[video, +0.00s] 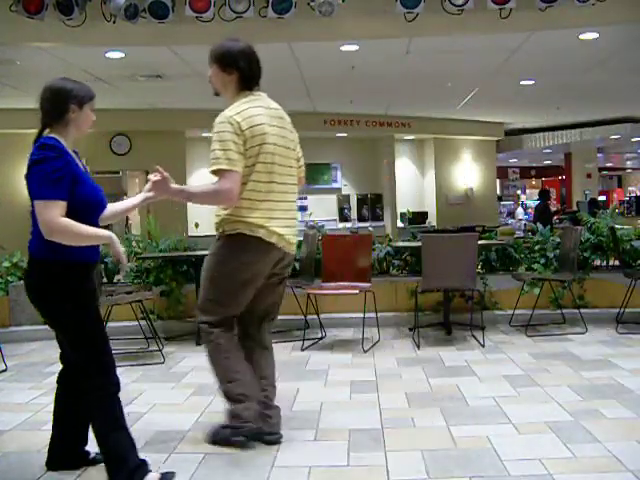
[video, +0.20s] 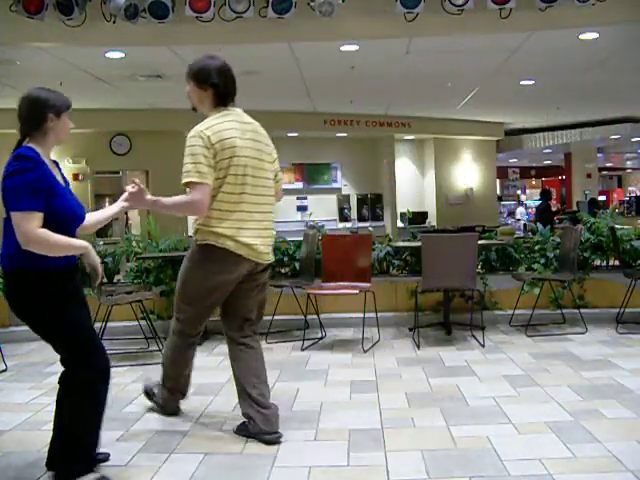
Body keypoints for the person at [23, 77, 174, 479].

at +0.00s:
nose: (93, 117)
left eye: (93, 110)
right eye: (89, 110)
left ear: (65, 113)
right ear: (70, 112)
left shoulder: (66, 153)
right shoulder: (50, 155)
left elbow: (94, 214)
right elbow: (50, 225)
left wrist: (142, 197)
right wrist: (105, 237)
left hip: (76, 272)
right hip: (59, 276)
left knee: (78, 364)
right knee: (100, 374)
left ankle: (65, 453)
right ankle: (128, 469)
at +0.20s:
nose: (72, 124)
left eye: (70, 117)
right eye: (68, 117)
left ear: (47, 121)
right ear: (50, 120)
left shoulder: (47, 164)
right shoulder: (25, 165)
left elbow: (77, 224)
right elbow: (29, 236)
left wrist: (121, 205)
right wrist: (81, 248)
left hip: (55, 278)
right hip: (36, 281)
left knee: (85, 361)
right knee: (90, 363)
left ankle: (77, 450)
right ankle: (68, 463)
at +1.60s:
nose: (68, 122)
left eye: (66, 116)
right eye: (62, 116)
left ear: (41, 124)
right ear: (43, 123)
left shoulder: (40, 164)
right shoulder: (32, 166)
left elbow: (86, 206)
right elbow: (34, 229)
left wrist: (133, 191)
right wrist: (88, 260)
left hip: (30, 273)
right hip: (38, 275)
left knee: (30, 361)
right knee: (79, 355)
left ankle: (20, 447)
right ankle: (122, 431)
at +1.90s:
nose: (104, 118)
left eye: (102, 112)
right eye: (98, 113)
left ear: (76, 121)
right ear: (78, 120)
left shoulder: (73, 157)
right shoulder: (76, 160)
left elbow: (114, 204)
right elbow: (85, 222)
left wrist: (166, 196)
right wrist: (138, 227)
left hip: (62, 262)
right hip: (82, 264)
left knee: (63, 349)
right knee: (109, 347)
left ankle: (27, 434)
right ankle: (120, 433)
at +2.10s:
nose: (127, 134)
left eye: (126, 128)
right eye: (120, 128)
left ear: (101, 134)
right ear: (98, 133)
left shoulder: (105, 171)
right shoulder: (95, 174)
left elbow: (138, 215)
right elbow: (110, 231)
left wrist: (185, 203)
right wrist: (165, 229)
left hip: (112, 270)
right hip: (104, 272)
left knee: (134, 348)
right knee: (137, 350)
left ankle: (77, 415)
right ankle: (126, 434)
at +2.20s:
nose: (136, 132)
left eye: (136, 125)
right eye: (130, 126)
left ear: (116, 132)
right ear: (108, 131)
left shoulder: (118, 168)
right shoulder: (103, 170)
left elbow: (141, 218)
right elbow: (116, 228)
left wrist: (184, 214)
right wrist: (175, 226)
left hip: (127, 268)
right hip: (113, 270)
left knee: (157, 339)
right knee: (145, 345)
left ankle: (128, 425)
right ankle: (124, 432)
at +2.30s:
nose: (147, 126)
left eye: (146, 120)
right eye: (139, 120)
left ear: (136, 126)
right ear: (117, 126)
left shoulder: (133, 162)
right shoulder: (114, 164)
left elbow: (146, 213)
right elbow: (122, 219)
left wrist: (187, 215)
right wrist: (181, 217)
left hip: (140, 263)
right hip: (121, 266)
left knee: (169, 332)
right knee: (139, 344)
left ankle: (176, 409)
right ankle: (124, 432)